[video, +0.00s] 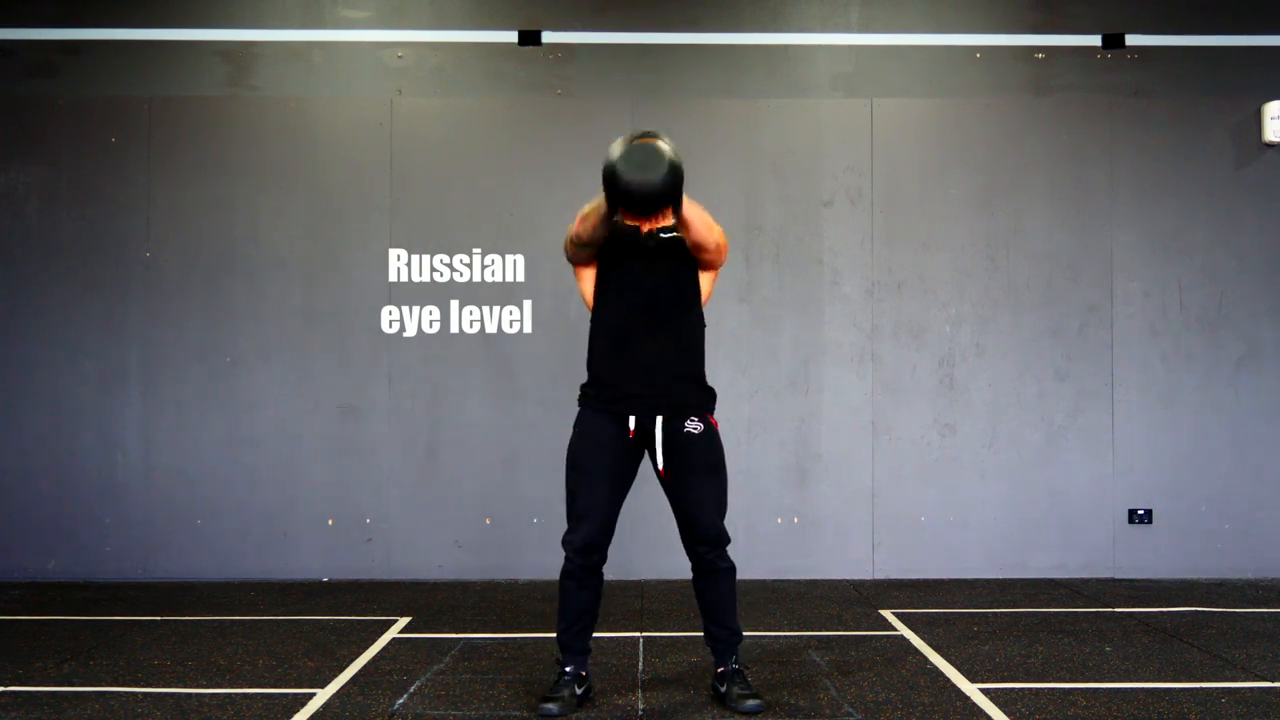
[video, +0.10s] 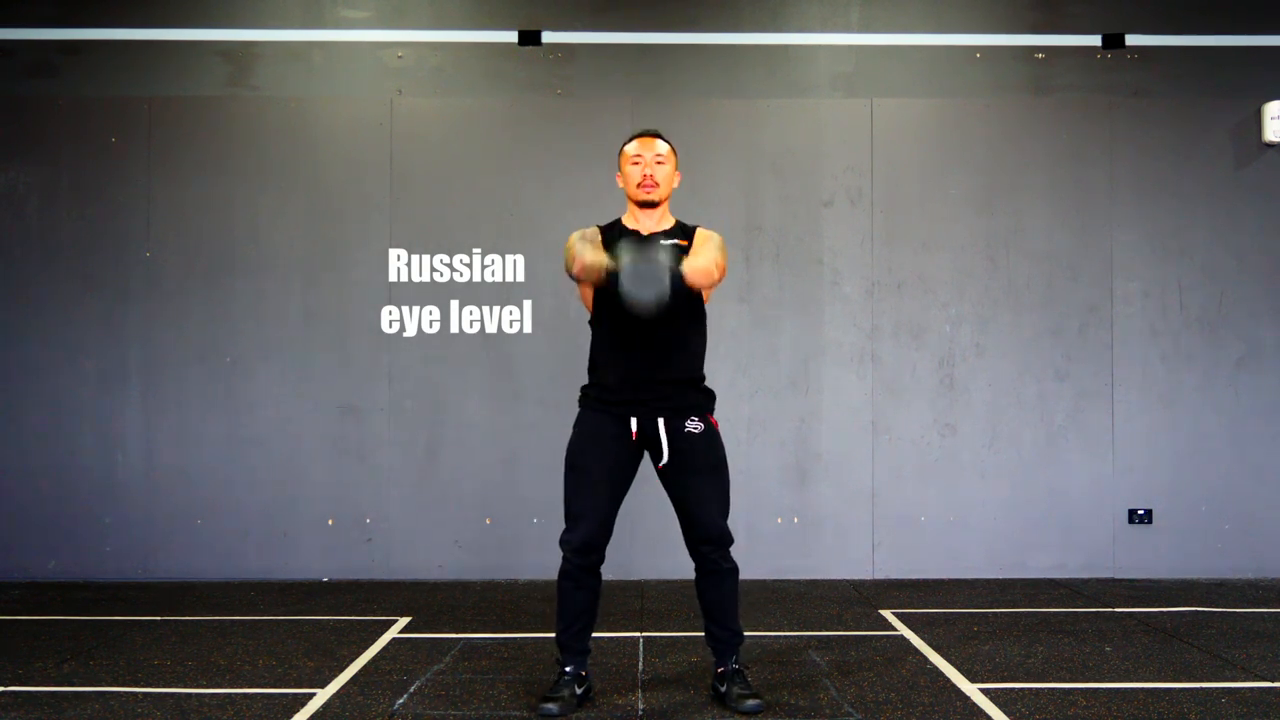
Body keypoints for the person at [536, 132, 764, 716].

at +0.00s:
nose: (646, 225)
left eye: (656, 216)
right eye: (635, 217)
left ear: (675, 205)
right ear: (615, 208)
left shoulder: (701, 252)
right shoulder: (591, 247)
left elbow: (713, 242)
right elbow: (580, 235)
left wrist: (674, 193)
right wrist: (614, 199)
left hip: (684, 413)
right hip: (607, 411)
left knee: (709, 543)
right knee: (583, 544)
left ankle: (729, 669)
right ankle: (572, 671)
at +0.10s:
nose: (648, 169)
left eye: (659, 160)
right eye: (636, 160)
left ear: (676, 177)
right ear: (619, 177)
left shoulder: (702, 240)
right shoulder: (592, 240)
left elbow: (706, 270)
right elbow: (583, 262)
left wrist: (677, 275)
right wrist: (605, 269)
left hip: (684, 413)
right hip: (607, 413)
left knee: (712, 542)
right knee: (581, 543)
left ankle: (729, 670)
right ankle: (571, 672)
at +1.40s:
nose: (648, 166)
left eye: (659, 155)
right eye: (635, 155)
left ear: (677, 164)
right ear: (617, 163)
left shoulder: (703, 246)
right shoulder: (596, 244)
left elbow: (707, 217)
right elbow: (582, 213)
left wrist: (678, 157)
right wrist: (615, 161)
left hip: (688, 411)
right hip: (610, 411)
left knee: (710, 544)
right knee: (586, 545)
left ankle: (729, 669)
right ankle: (572, 671)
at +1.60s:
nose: (648, 168)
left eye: (660, 161)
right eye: (637, 161)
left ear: (677, 180)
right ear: (619, 180)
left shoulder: (700, 241)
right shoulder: (593, 242)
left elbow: (714, 261)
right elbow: (578, 254)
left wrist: (670, 232)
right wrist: (615, 235)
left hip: (685, 411)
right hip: (609, 410)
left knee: (711, 543)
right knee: (583, 543)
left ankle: (730, 670)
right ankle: (571, 672)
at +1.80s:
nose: (647, 171)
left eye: (659, 163)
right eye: (635, 163)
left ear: (676, 181)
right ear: (617, 183)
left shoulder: (706, 258)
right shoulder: (584, 258)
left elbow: (699, 338)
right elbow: (595, 336)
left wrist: (674, 400)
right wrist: (622, 397)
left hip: (686, 415)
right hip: (604, 416)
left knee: (729, 544)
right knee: (565, 544)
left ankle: (731, 671)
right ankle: (570, 672)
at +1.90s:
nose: (646, 192)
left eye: (657, 182)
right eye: (633, 183)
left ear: (675, 198)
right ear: (616, 201)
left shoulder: (706, 277)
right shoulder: (583, 278)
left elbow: (697, 377)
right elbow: (594, 377)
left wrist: (674, 455)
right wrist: (620, 455)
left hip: (685, 431)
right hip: (604, 431)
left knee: (740, 540)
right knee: (553, 541)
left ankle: (733, 669)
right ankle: (569, 673)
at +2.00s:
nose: (642, 231)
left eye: (654, 219)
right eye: (630, 220)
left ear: (673, 228)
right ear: (614, 230)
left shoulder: (708, 304)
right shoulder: (582, 307)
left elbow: (697, 400)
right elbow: (592, 405)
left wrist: (673, 470)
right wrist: (619, 472)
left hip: (686, 443)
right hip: (605, 443)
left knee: (746, 534)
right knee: (548, 538)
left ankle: (734, 668)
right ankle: (568, 673)